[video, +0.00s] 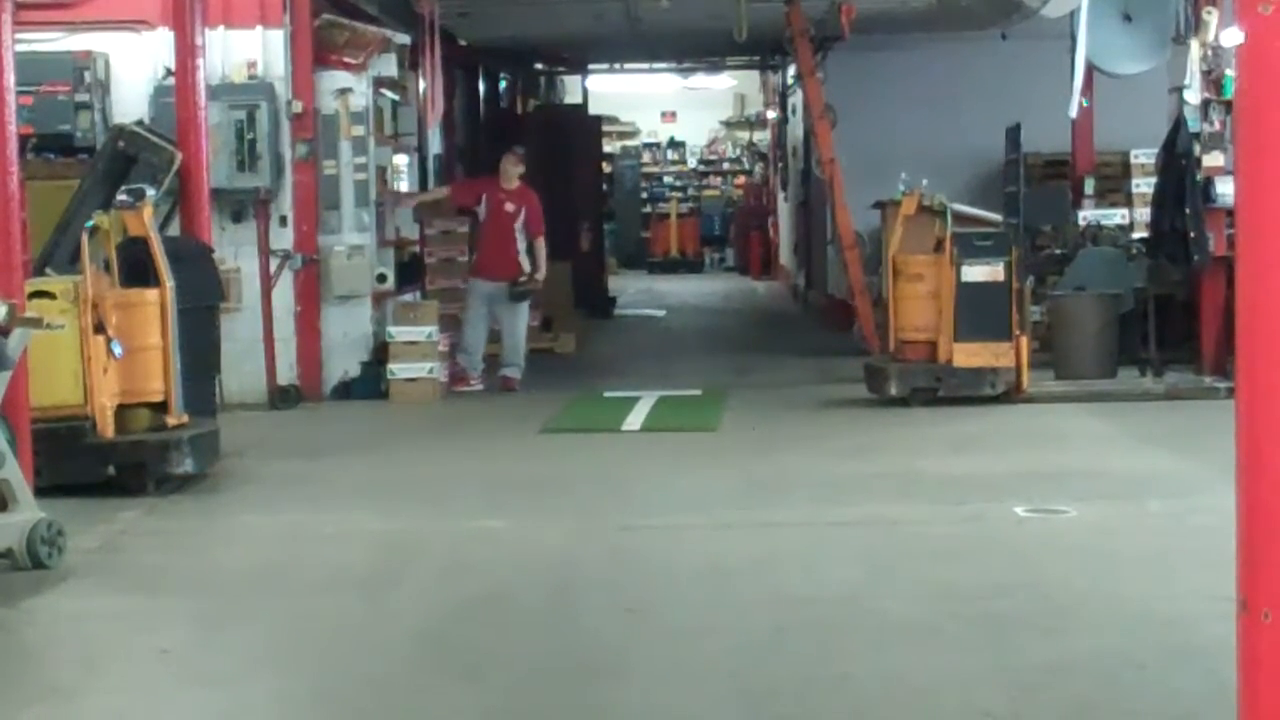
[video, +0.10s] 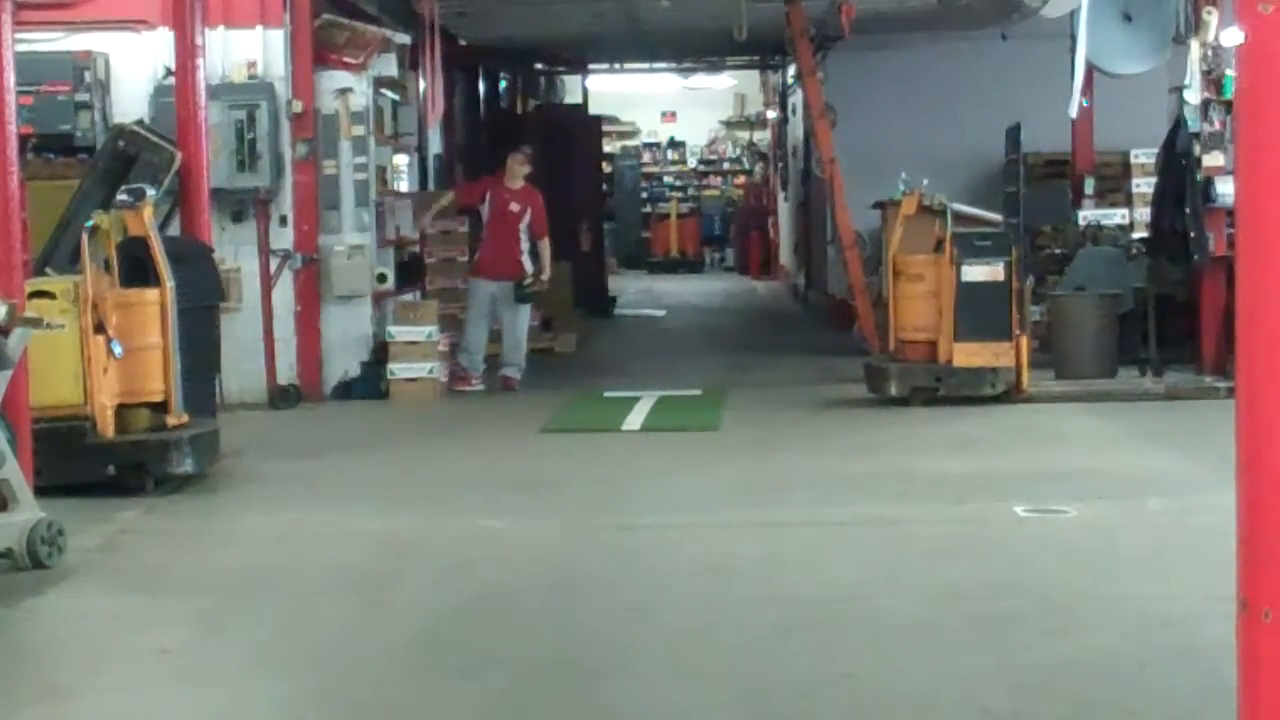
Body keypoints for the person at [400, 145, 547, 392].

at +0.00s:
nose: (509, 166)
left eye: (515, 163)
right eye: (507, 161)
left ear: (522, 168)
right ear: (500, 162)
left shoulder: (528, 198)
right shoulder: (484, 187)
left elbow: (538, 237)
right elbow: (449, 191)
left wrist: (540, 271)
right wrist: (415, 198)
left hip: (514, 278)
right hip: (482, 275)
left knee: (515, 330)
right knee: (473, 326)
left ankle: (511, 373)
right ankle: (471, 373)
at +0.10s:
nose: (515, 166)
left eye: (521, 163)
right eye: (513, 161)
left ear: (528, 169)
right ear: (506, 162)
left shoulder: (533, 198)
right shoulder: (488, 187)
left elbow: (542, 237)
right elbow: (455, 195)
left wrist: (546, 270)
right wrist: (430, 213)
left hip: (515, 276)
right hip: (483, 273)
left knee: (515, 329)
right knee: (475, 324)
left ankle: (511, 373)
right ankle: (471, 372)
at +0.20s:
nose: (521, 164)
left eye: (527, 162)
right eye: (519, 159)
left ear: (533, 168)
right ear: (512, 161)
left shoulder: (537, 198)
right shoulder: (491, 186)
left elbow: (545, 238)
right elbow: (460, 205)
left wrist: (548, 272)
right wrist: (447, 233)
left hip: (519, 274)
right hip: (486, 270)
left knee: (517, 327)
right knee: (477, 322)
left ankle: (512, 372)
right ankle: (474, 370)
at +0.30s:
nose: (526, 164)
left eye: (532, 161)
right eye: (523, 158)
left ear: (537, 167)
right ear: (514, 160)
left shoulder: (539, 197)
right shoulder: (493, 187)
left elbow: (546, 237)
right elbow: (473, 216)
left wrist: (550, 272)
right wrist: (466, 243)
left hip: (522, 272)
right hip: (489, 268)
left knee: (520, 325)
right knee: (484, 320)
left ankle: (513, 371)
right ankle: (481, 368)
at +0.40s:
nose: (529, 164)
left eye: (534, 160)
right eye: (526, 158)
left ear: (539, 167)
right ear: (516, 159)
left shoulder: (540, 196)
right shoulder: (495, 187)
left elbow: (548, 237)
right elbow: (483, 221)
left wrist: (551, 271)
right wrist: (484, 252)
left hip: (525, 269)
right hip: (494, 266)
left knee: (522, 323)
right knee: (494, 319)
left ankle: (515, 370)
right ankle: (491, 368)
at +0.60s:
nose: (532, 164)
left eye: (537, 159)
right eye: (528, 157)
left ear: (543, 164)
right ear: (520, 159)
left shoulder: (548, 196)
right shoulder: (500, 187)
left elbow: (551, 237)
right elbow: (482, 216)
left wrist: (553, 271)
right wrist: (485, 248)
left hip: (534, 267)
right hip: (504, 264)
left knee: (528, 316)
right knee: (513, 311)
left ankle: (513, 367)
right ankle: (527, 363)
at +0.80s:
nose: (541, 163)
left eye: (546, 158)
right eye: (537, 157)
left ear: (551, 162)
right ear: (527, 160)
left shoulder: (556, 195)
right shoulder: (511, 188)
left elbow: (559, 232)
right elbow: (490, 219)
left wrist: (553, 262)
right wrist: (501, 244)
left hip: (545, 265)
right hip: (519, 265)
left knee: (536, 318)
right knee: (533, 317)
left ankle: (514, 367)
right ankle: (548, 366)